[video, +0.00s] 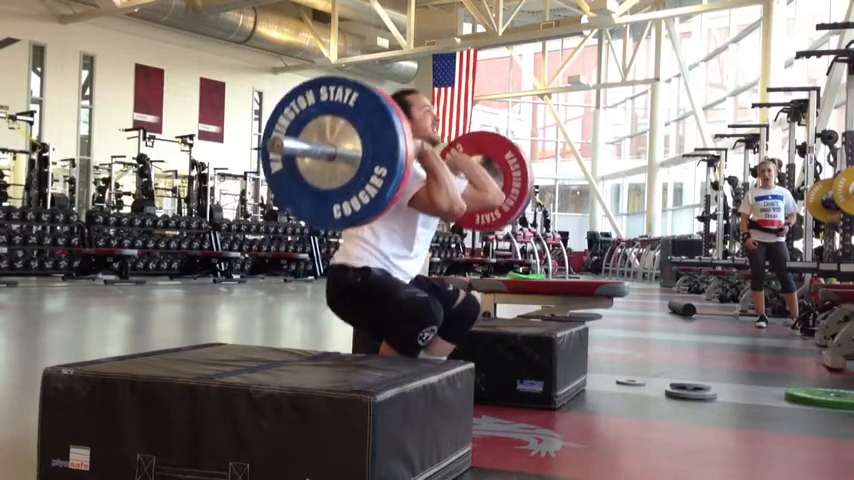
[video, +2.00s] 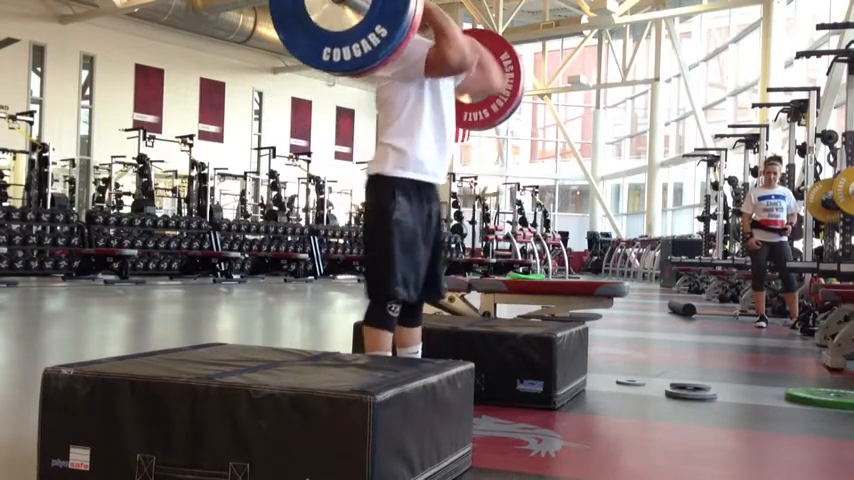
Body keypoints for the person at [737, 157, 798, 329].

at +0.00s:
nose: (766, 174)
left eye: (769, 170)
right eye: (762, 171)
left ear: (775, 173)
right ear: (759, 174)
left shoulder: (784, 193)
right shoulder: (751, 193)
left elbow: (792, 214)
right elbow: (744, 216)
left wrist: (787, 224)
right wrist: (746, 235)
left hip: (777, 239)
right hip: (757, 239)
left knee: (785, 275)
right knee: (757, 277)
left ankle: (795, 317)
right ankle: (761, 315)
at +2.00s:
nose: (772, 176)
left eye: (776, 173)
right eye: (770, 172)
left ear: (780, 174)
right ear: (764, 173)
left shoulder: (786, 193)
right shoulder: (754, 193)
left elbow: (793, 213)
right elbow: (746, 216)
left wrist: (790, 224)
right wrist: (749, 235)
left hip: (780, 239)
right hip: (760, 239)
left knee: (789, 275)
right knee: (758, 277)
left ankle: (794, 317)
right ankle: (761, 315)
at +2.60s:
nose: (794, 173)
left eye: (797, 170)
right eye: (791, 170)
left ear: (800, 171)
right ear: (783, 171)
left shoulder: (804, 192)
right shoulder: (775, 192)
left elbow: (809, 213)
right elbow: (767, 215)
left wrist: (811, 224)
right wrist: (781, 227)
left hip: (802, 239)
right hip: (780, 239)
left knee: (801, 279)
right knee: (775, 276)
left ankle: (794, 319)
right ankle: (762, 314)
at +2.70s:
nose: (797, 172)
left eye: (800, 168)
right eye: (793, 169)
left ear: (803, 170)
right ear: (786, 171)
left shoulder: (807, 192)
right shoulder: (779, 192)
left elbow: (813, 214)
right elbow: (771, 216)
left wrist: (814, 225)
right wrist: (788, 225)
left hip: (804, 240)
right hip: (784, 240)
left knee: (801, 279)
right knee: (780, 276)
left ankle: (794, 318)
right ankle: (764, 314)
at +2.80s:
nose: (801, 171)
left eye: (803, 168)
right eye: (797, 168)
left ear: (806, 170)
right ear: (788, 171)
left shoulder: (810, 191)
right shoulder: (782, 191)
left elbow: (816, 214)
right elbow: (774, 217)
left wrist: (817, 225)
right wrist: (793, 225)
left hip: (806, 239)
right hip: (787, 239)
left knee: (802, 279)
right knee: (784, 276)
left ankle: (793, 318)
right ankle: (770, 313)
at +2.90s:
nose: (803, 171)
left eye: (805, 168)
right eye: (799, 168)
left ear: (808, 170)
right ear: (792, 170)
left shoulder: (812, 190)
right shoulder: (785, 190)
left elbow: (818, 214)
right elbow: (778, 216)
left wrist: (820, 224)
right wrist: (798, 224)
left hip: (808, 239)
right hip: (790, 238)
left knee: (804, 279)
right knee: (789, 277)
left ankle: (794, 318)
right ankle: (778, 315)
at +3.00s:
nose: (805, 172)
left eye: (807, 168)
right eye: (801, 169)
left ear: (811, 170)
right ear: (795, 171)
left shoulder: (815, 190)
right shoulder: (787, 190)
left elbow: (820, 213)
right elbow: (779, 216)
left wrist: (822, 224)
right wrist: (800, 223)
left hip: (810, 239)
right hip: (792, 238)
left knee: (805, 278)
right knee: (794, 277)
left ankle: (796, 317)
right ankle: (789, 317)